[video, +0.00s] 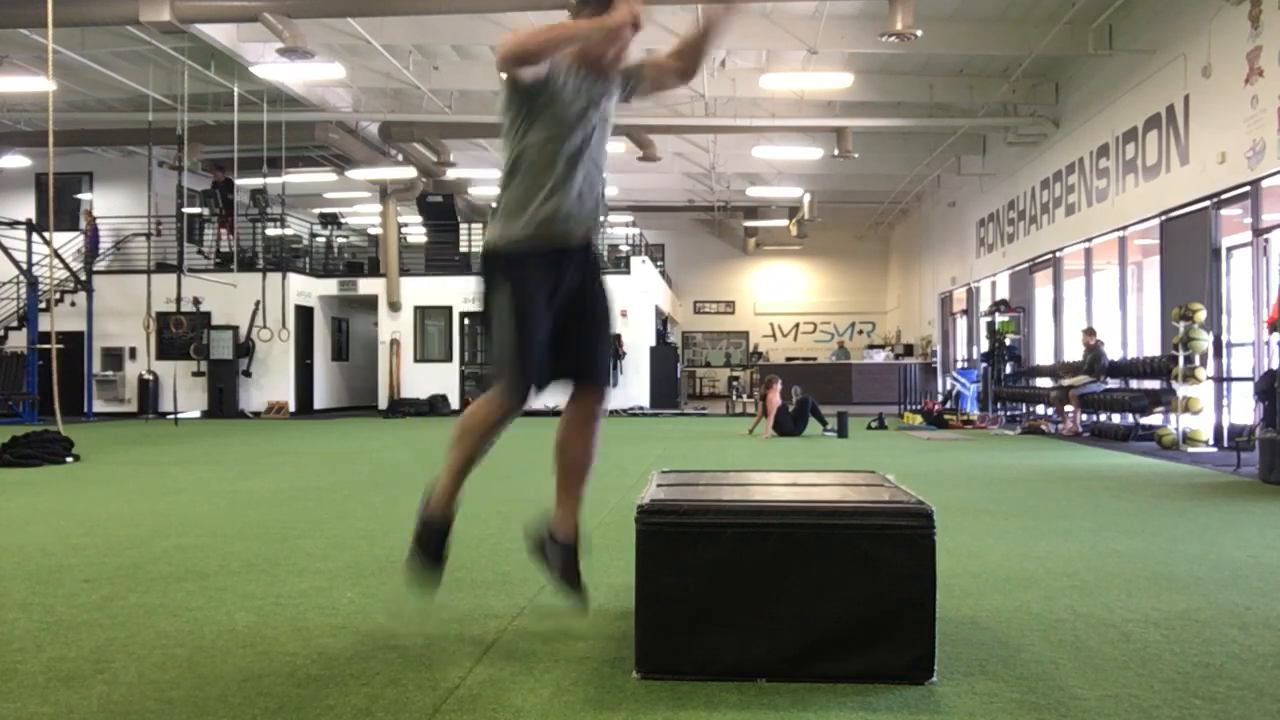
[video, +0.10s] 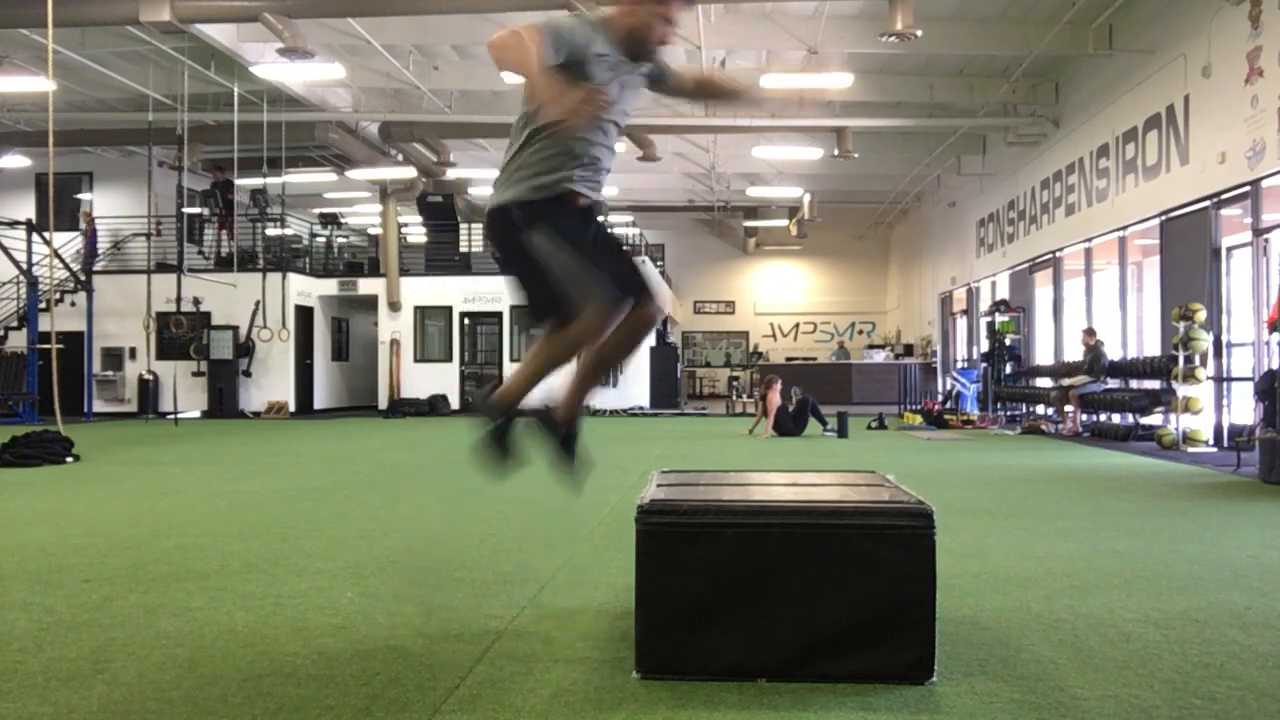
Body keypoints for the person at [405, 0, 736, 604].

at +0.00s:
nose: (627, 43)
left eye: (632, 34)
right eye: (622, 29)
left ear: (624, 38)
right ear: (589, 23)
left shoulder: (613, 77)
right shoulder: (544, 62)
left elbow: (677, 68)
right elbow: (510, 54)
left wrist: (712, 22)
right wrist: (590, 27)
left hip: (577, 252)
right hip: (520, 248)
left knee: (591, 387)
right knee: (513, 386)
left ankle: (563, 532)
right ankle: (439, 506)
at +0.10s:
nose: (668, 35)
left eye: (673, 25)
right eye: (664, 21)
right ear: (631, 8)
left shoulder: (643, 66)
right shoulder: (577, 34)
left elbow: (690, 84)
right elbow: (506, 42)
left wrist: (742, 93)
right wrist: (553, 93)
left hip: (575, 211)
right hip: (524, 208)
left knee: (647, 306)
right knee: (593, 308)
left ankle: (565, 415)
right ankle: (500, 404)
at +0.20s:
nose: (711, 45)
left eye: (717, 35)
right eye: (707, 29)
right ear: (672, 12)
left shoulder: (672, 83)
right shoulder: (617, 40)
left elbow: (688, 132)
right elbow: (529, 54)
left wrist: (715, 168)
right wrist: (465, 127)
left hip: (585, 189)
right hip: (541, 183)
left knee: (682, 256)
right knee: (662, 249)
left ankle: (602, 374)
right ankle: (591, 377)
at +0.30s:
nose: (746, 65)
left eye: (751, 56)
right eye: (743, 50)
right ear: (711, 32)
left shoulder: (688, 96)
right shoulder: (647, 58)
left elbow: (652, 169)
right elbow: (552, 71)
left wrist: (648, 224)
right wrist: (473, 125)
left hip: (610, 204)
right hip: (571, 196)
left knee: (692, 277)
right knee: (683, 275)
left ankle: (667, 418)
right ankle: (662, 420)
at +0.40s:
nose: (763, 91)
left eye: (767, 81)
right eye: (761, 76)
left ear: (732, 63)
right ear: (730, 58)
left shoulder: (698, 113)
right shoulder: (674, 88)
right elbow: (578, 114)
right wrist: (511, 181)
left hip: (627, 236)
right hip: (606, 232)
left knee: (712, 326)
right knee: (720, 321)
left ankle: (668, 458)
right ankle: (671, 458)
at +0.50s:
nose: (769, 108)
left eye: (774, 99)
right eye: (767, 93)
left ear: (737, 79)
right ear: (737, 74)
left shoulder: (701, 128)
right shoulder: (691, 108)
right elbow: (619, 160)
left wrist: (574, 266)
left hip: (619, 255)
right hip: (632, 247)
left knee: (708, 342)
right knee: (743, 327)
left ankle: (668, 456)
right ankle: (680, 454)